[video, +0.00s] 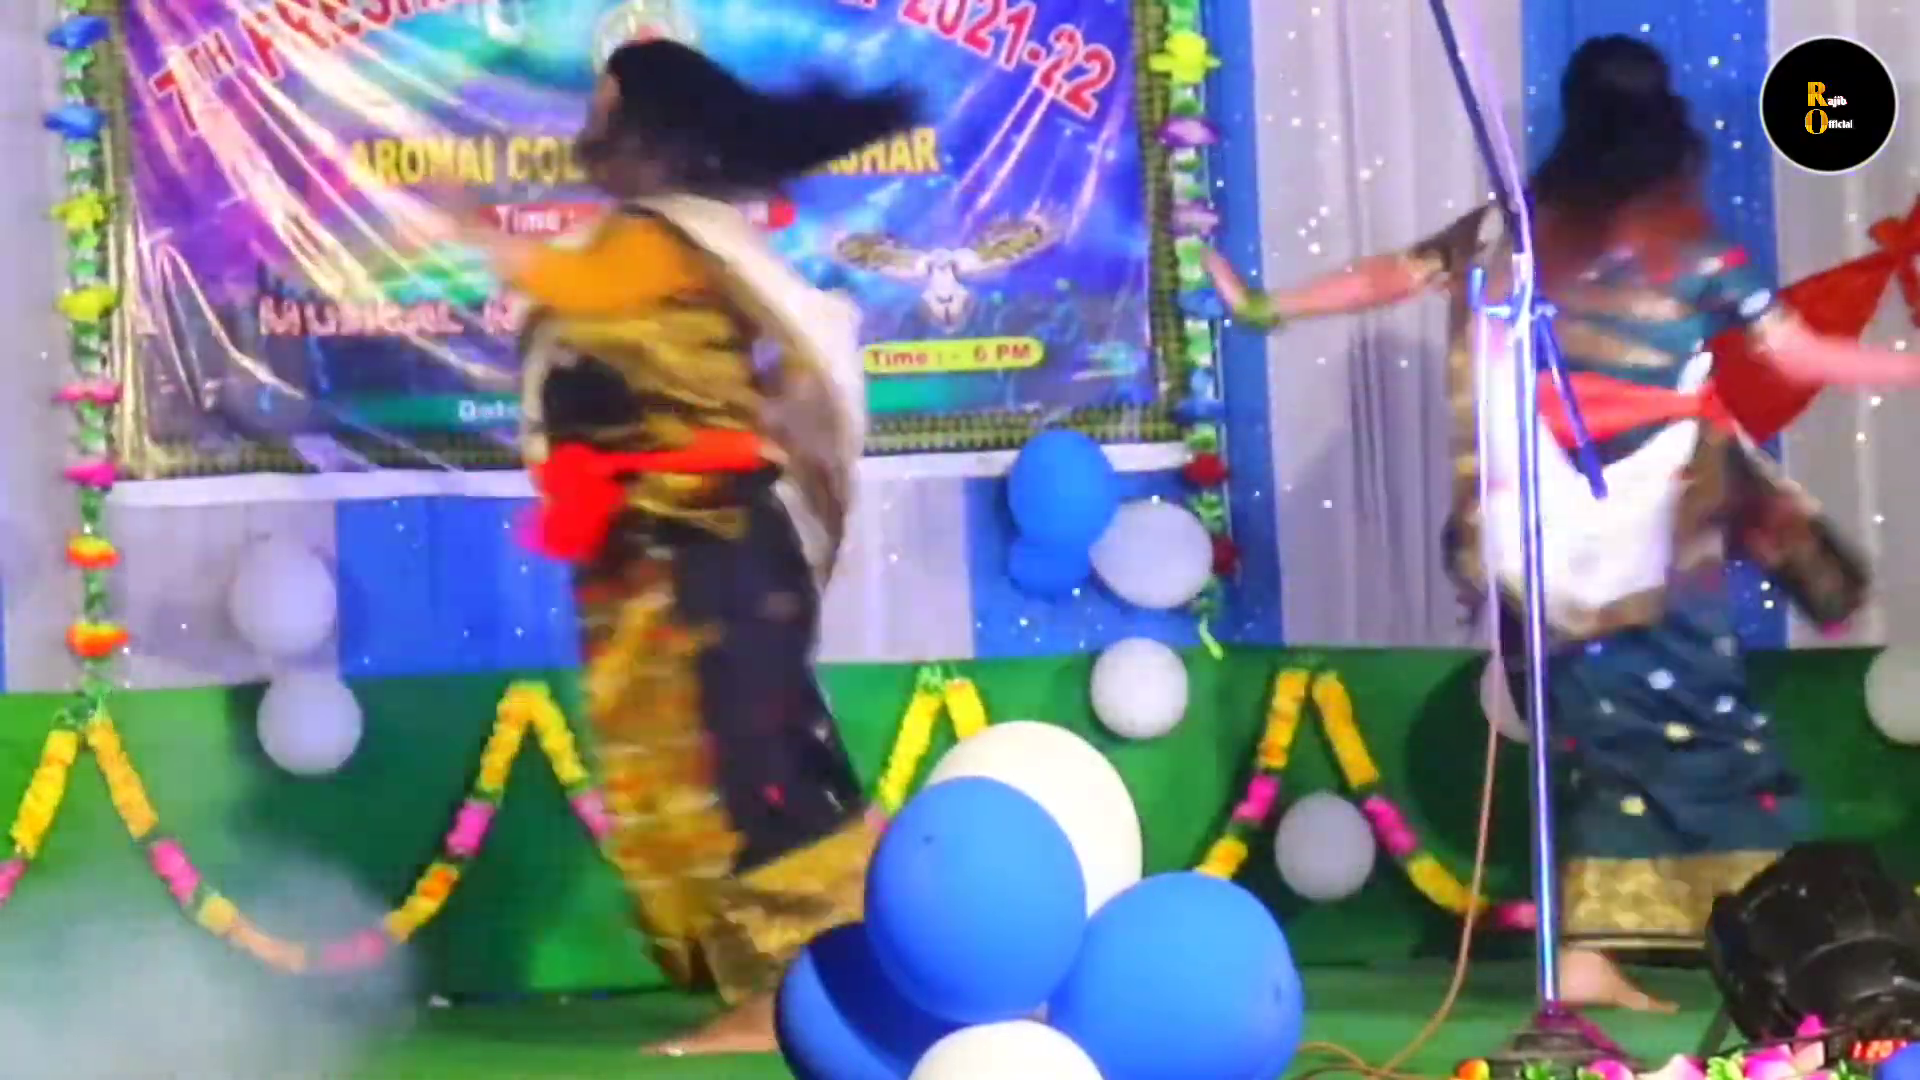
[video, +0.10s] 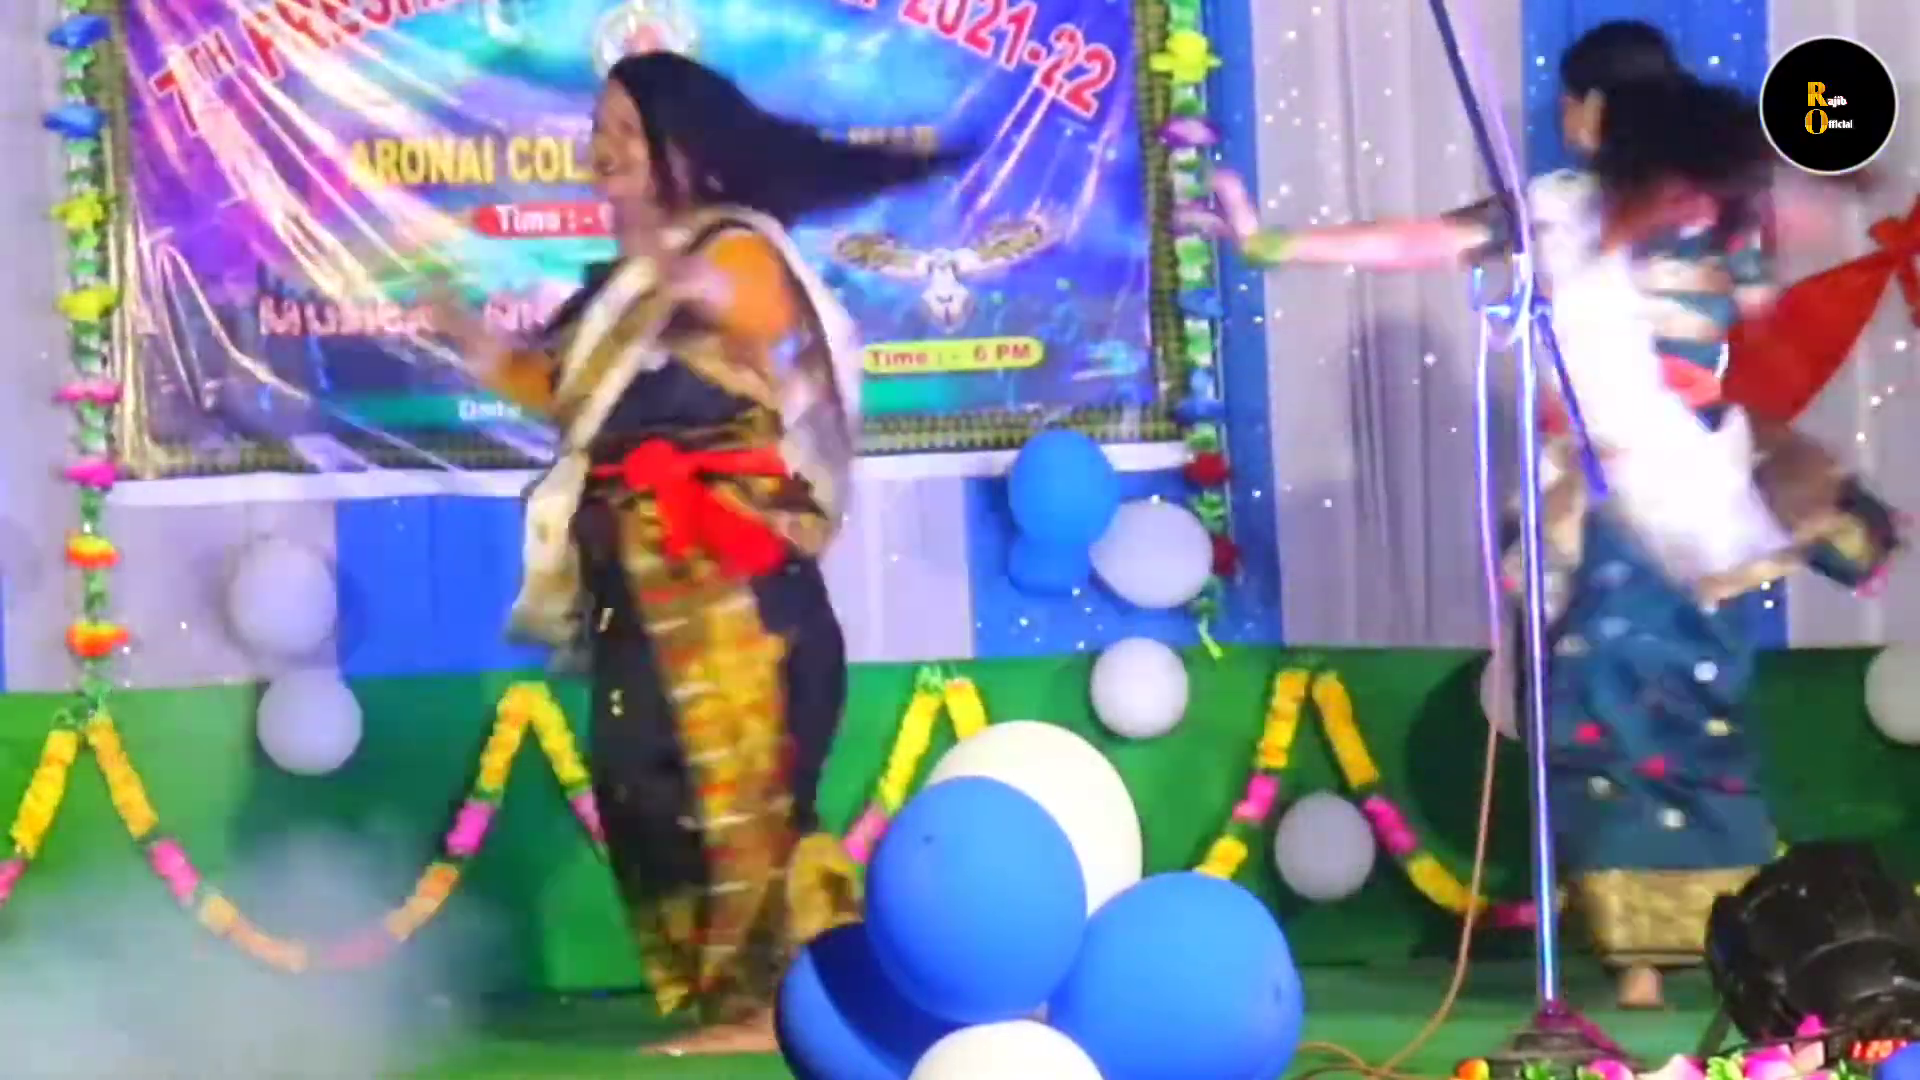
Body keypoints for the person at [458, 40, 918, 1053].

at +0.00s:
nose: (585, 135)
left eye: (603, 117)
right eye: (592, 114)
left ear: (649, 136)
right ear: (679, 139)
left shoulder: (662, 243)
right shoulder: (655, 240)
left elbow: (569, 286)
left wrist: (473, 227)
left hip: (699, 539)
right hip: (666, 538)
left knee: (694, 769)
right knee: (682, 765)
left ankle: (764, 1002)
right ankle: (754, 997)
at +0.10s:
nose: (597, 166)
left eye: (617, 146)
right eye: (597, 144)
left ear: (681, 152)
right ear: (619, 150)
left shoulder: (739, 255)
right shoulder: (636, 279)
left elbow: (741, 329)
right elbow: (569, 393)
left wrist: (662, 267)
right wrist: (471, 339)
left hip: (730, 590)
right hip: (648, 592)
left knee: (728, 790)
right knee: (648, 790)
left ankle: (759, 1010)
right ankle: (726, 1005)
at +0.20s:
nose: (610, 152)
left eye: (632, 134)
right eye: (602, 134)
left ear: (693, 141)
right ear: (598, 146)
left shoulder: (763, 247)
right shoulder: (596, 278)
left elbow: (815, 293)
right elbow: (513, 382)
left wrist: (735, 241)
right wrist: (386, 330)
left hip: (733, 546)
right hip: (622, 554)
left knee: (754, 761)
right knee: (646, 771)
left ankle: (759, 1003)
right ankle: (703, 1002)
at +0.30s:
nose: (610, 126)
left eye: (632, 104)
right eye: (595, 106)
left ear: (689, 105)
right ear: (580, 118)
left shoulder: (744, 225)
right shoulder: (569, 232)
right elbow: (465, 287)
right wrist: (389, 327)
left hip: (705, 514)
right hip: (602, 515)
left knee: (716, 742)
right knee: (629, 742)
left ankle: (740, 980)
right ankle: (656, 963)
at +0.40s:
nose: (597, 116)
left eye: (618, 94)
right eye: (582, 97)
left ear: (676, 93)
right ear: (568, 111)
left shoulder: (740, 200)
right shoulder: (544, 218)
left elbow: (834, 261)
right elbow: (417, 301)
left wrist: (751, 182)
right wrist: (414, 370)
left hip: (707, 493)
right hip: (591, 498)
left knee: (721, 730)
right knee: (614, 729)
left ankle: (734, 969)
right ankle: (683, 964)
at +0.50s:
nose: (591, 170)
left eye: (612, 148)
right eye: (574, 152)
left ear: (665, 150)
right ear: (554, 167)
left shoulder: (732, 260)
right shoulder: (530, 281)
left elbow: (812, 363)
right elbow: (452, 410)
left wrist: (738, 457)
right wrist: (482, 527)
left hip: (696, 550)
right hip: (569, 553)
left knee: (732, 761)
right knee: (585, 761)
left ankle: (729, 984)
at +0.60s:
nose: (588, 198)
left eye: (610, 179)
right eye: (569, 181)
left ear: (656, 189)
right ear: (546, 199)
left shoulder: (732, 314)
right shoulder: (511, 325)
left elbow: (791, 435)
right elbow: (463, 465)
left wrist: (726, 537)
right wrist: (497, 584)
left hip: (696, 606)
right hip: (561, 615)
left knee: (727, 810)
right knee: (563, 823)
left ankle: (720, 993)